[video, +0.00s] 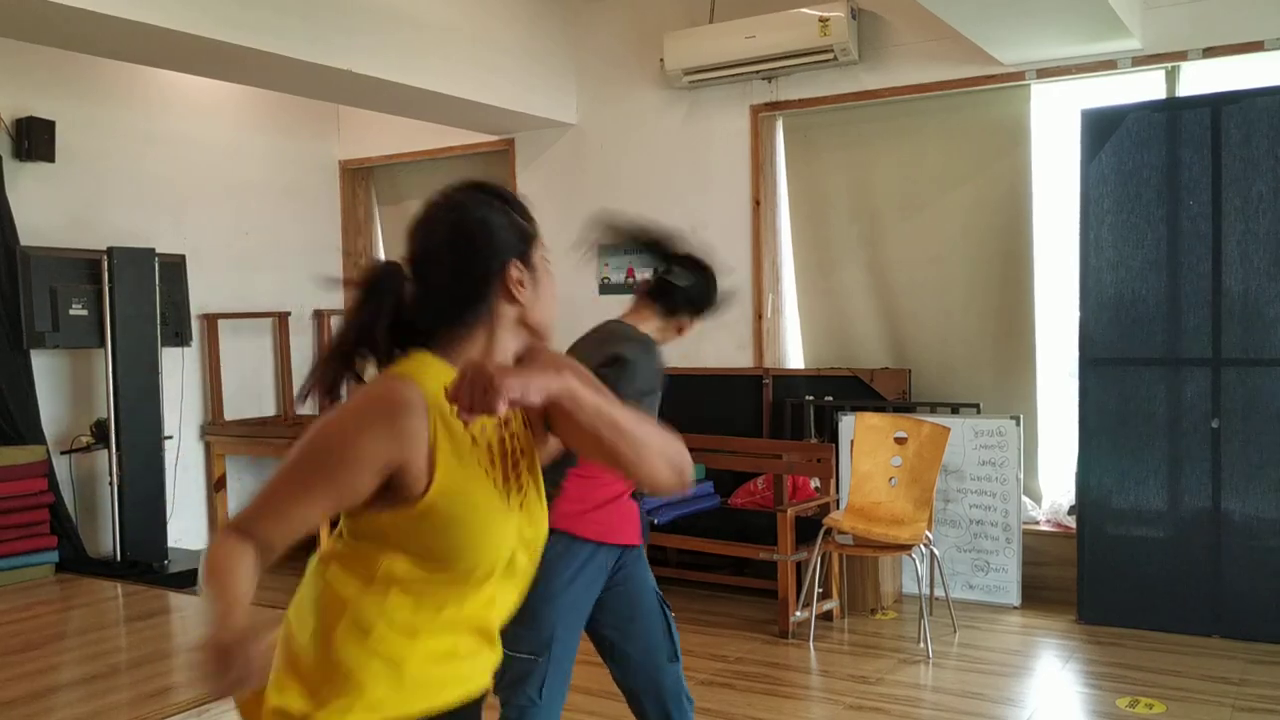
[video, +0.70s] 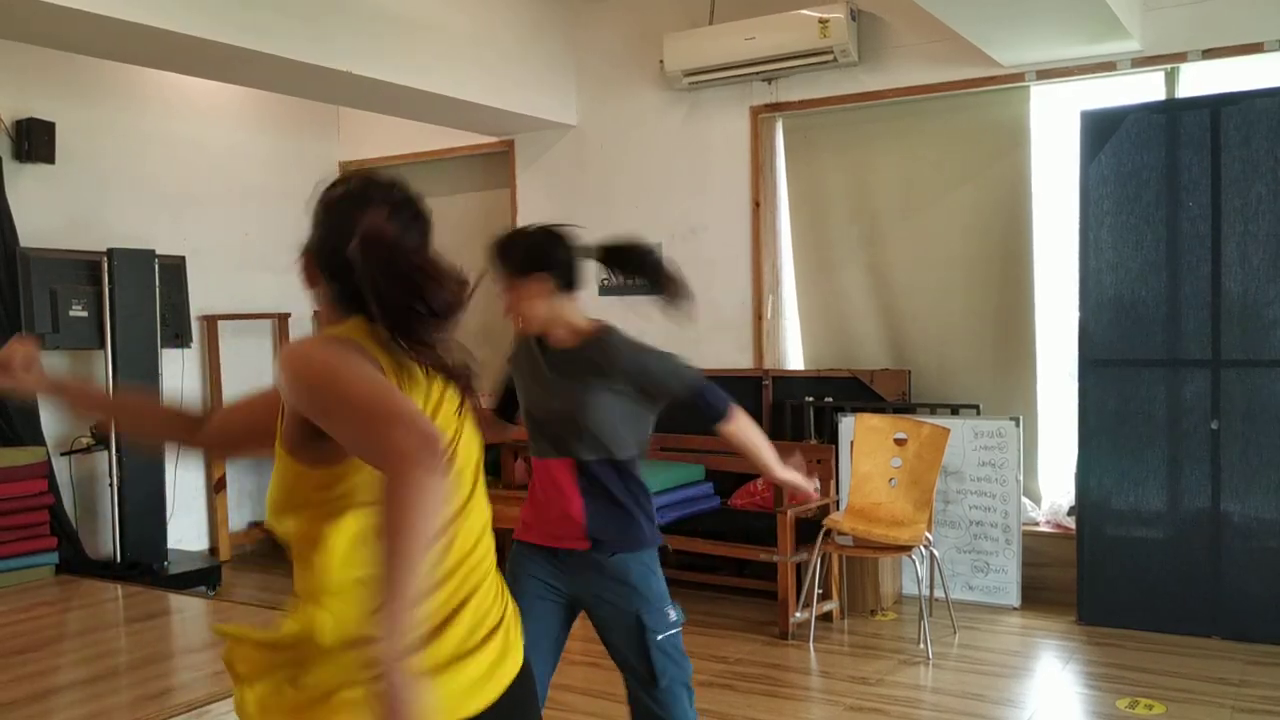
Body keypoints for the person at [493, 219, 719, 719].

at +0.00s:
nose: (691, 329)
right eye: (696, 321)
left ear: (643, 289)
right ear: (688, 321)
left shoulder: (599, 340)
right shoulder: (637, 359)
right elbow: (548, 441)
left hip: (617, 543)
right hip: (570, 541)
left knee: (662, 687)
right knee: (533, 695)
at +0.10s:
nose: (701, 358)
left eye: (706, 350)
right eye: (707, 349)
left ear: (667, 311)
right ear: (702, 336)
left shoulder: (636, 351)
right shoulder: (644, 361)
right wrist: (628, 559)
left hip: (609, 544)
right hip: (572, 544)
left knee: (663, 697)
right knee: (544, 697)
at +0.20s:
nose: (708, 373)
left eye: (719, 365)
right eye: (718, 360)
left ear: (702, 327)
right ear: (705, 332)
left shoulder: (643, 359)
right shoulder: (638, 347)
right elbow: (645, 448)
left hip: (621, 555)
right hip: (571, 556)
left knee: (665, 703)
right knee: (539, 702)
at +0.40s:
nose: (712, 326)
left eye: (723, 316)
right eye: (703, 308)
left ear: (730, 320)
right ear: (670, 299)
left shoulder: (659, 362)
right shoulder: (643, 350)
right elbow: (616, 456)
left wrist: (675, 461)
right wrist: (686, 462)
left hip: (624, 552)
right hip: (571, 553)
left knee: (667, 706)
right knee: (532, 706)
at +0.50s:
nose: (693, 313)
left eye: (705, 302)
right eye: (680, 298)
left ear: (715, 310)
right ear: (652, 305)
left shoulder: (667, 387)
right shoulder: (611, 373)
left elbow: (640, 487)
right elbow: (554, 458)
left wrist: (691, 550)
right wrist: (613, 539)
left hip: (628, 558)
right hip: (556, 559)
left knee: (666, 703)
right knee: (530, 704)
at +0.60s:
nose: (622, 292)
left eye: (636, 281)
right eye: (613, 280)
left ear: (663, 295)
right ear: (600, 288)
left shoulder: (676, 381)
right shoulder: (557, 356)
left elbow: (731, 451)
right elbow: (489, 423)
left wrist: (781, 521)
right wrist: (506, 502)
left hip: (632, 559)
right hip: (548, 561)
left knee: (674, 702)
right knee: (522, 702)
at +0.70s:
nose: (507, 300)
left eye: (515, 286)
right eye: (506, 287)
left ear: (550, 284)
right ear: (534, 287)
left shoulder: (617, 354)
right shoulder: (526, 353)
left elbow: (715, 405)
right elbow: (503, 422)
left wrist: (778, 469)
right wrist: (460, 423)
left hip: (619, 556)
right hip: (538, 552)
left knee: (663, 700)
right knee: (513, 699)